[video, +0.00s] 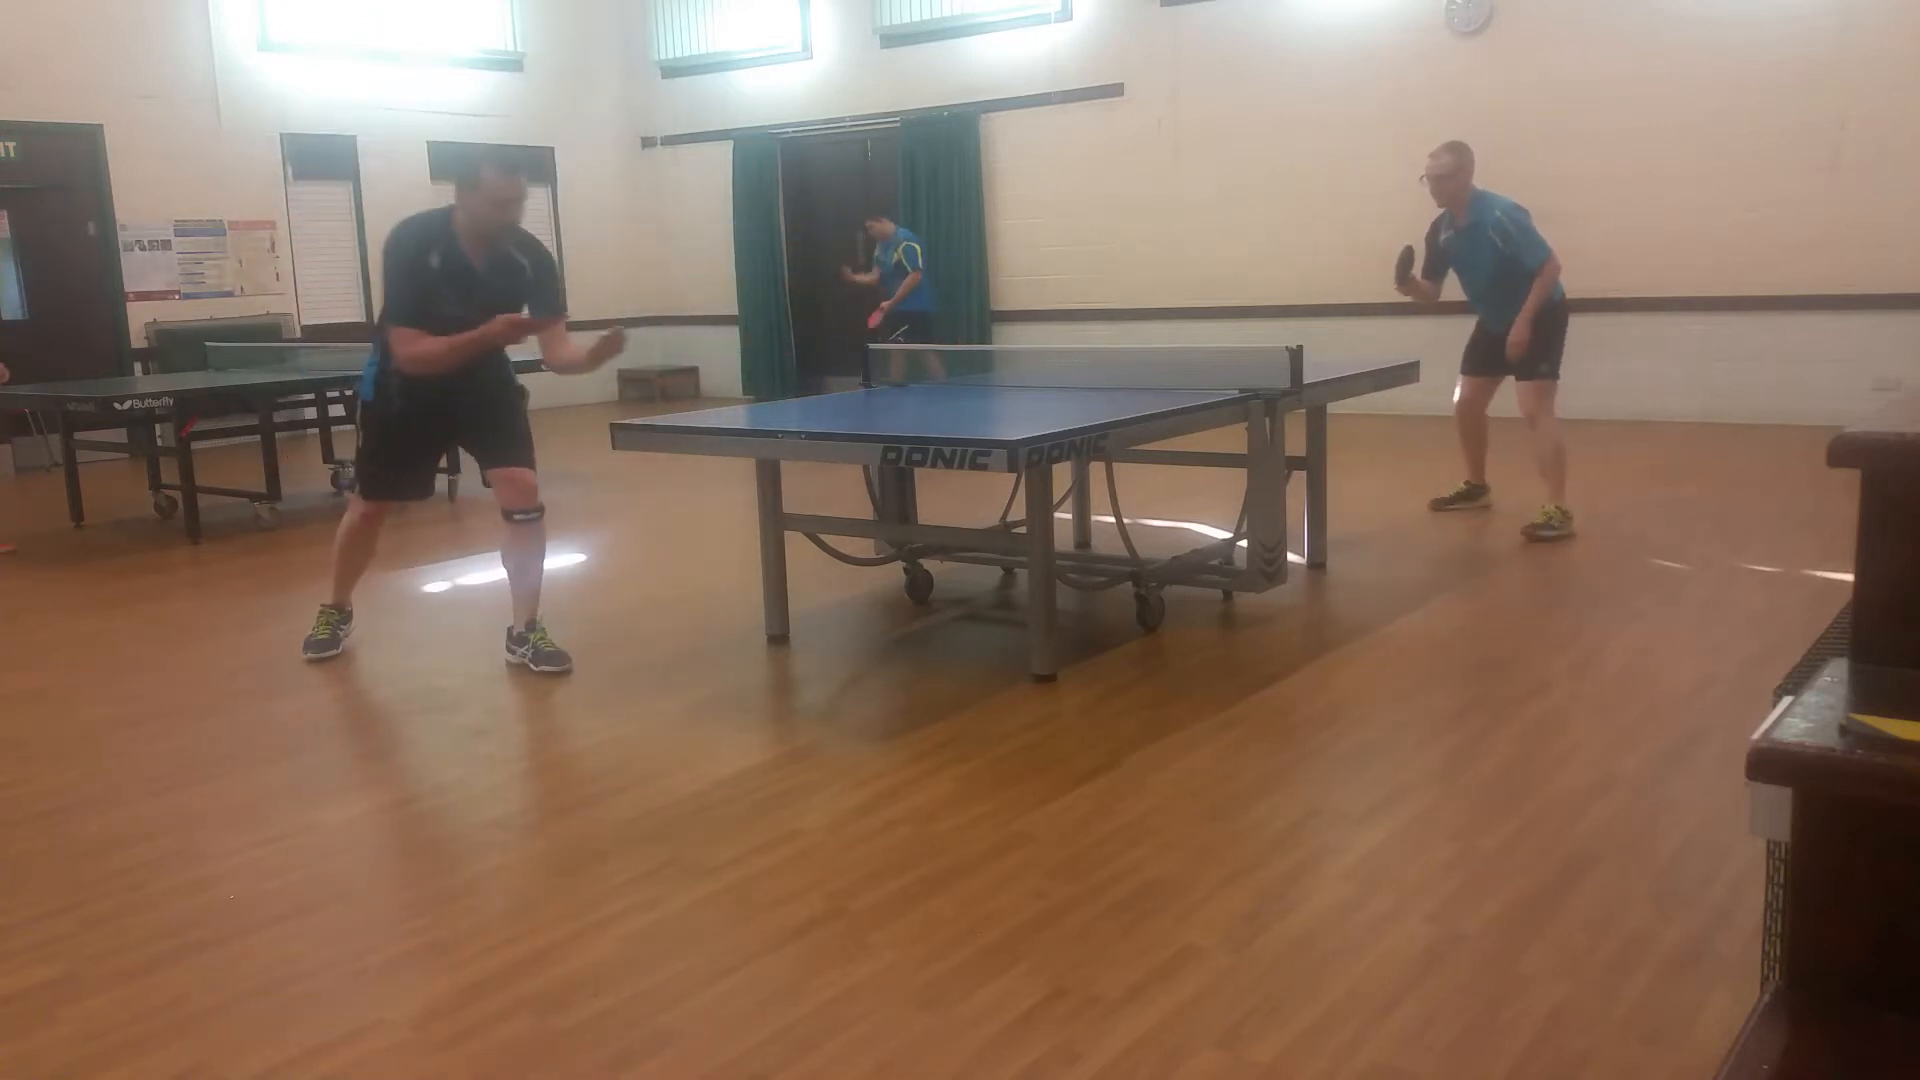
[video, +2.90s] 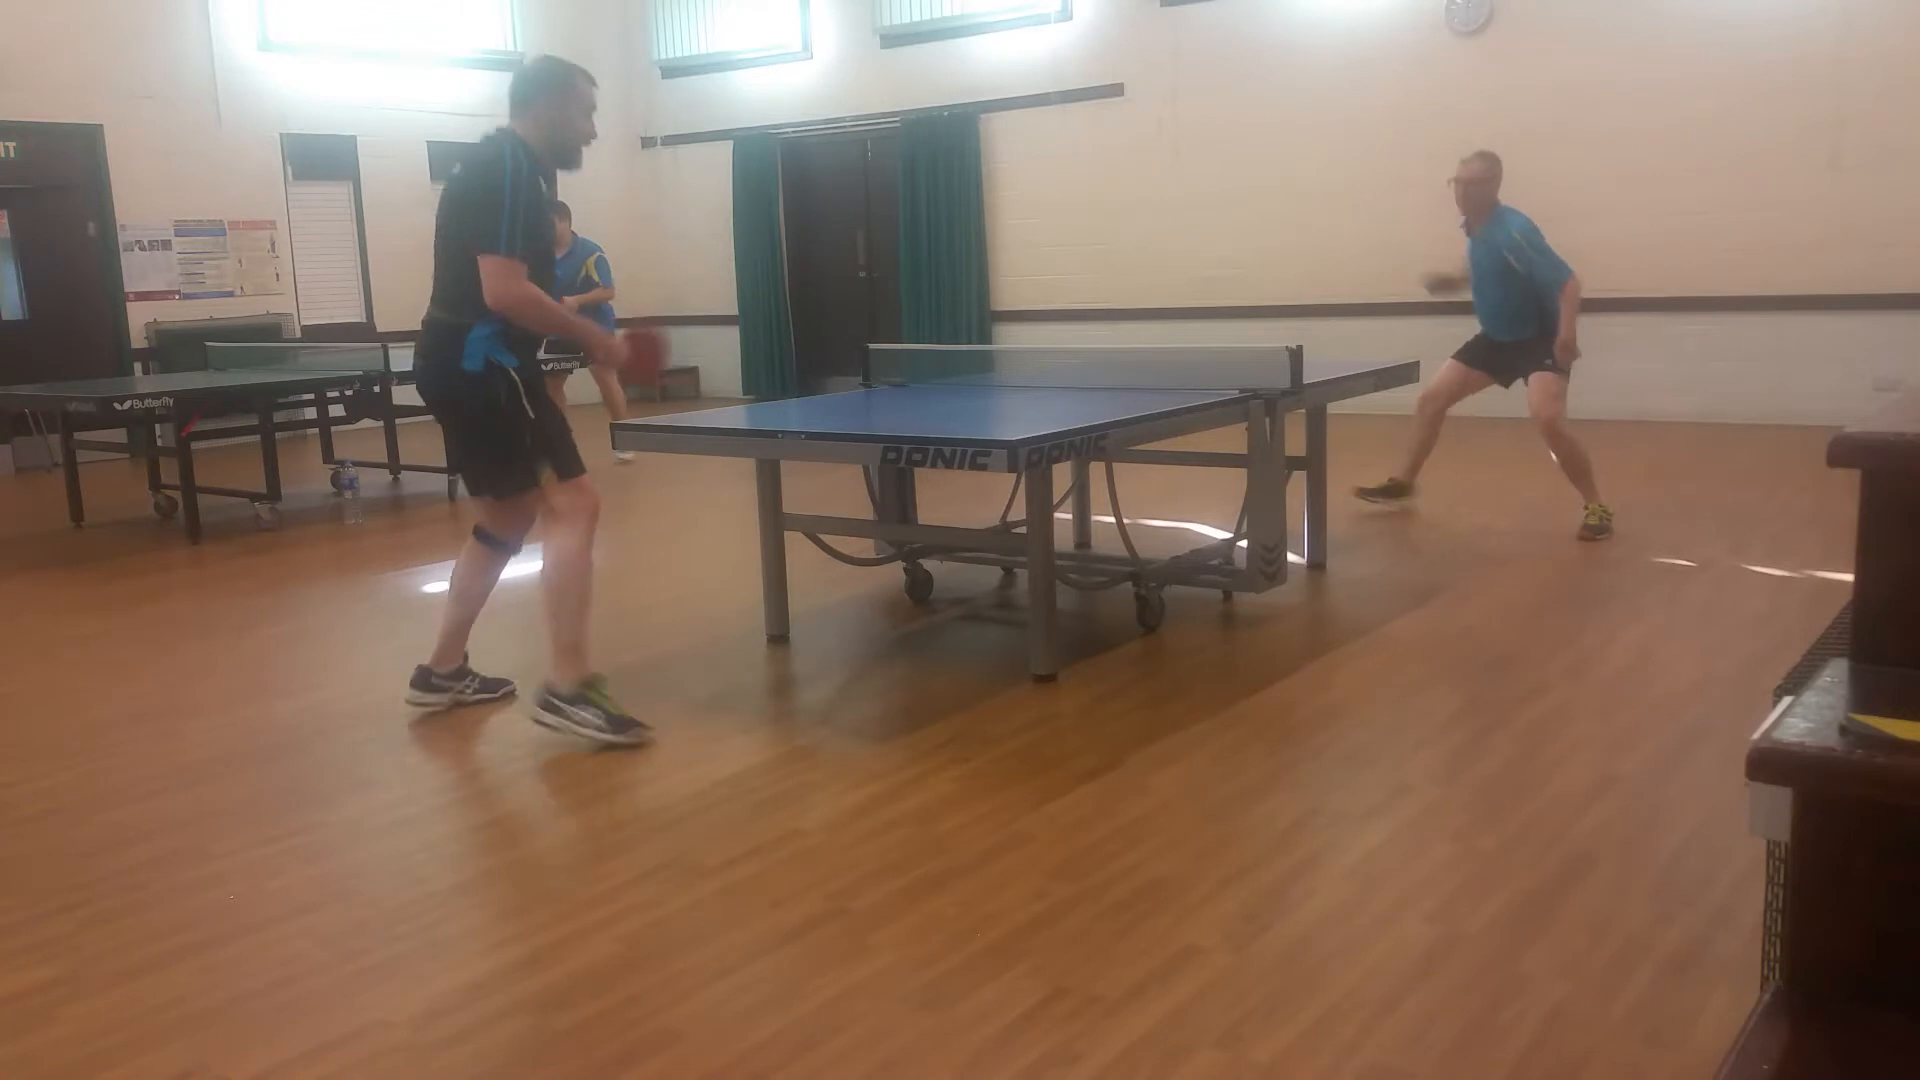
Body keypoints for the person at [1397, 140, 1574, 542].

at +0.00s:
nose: (1428, 184)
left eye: (1436, 177)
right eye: (1427, 177)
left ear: (1462, 176)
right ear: (1437, 179)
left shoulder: (1503, 215)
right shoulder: (1441, 229)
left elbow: (1550, 267)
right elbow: (1430, 293)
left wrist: (1523, 321)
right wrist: (1409, 285)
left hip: (1539, 314)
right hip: (1495, 318)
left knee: (1536, 409)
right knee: (1468, 404)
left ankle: (1558, 509)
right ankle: (1476, 485)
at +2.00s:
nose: (1426, 171)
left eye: (1435, 163)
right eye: (1424, 163)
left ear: (1462, 164)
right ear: (1426, 167)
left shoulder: (1498, 206)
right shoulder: (1436, 221)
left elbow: (1534, 271)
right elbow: (1428, 286)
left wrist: (1506, 326)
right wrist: (1398, 277)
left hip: (1527, 315)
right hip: (1481, 317)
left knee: (1506, 409)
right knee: (1434, 399)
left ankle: (1535, 503)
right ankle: (1434, 481)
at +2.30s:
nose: (1422, 203)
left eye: (1431, 196)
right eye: (1420, 195)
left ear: (1456, 198)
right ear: (1419, 198)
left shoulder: (1499, 236)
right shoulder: (1423, 248)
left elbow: (1535, 298)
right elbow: (1408, 304)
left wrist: (1501, 348)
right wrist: (1390, 324)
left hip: (1520, 327)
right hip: (1468, 331)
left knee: (1531, 409)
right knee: (1419, 408)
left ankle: (1577, 500)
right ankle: (1395, 493)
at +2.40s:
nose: (1430, 223)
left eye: (1438, 216)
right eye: (1428, 216)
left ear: (1464, 219)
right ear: (1427, 217)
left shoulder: (1506, 254)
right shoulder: (1431, 266)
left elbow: (1545, 317)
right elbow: (1423, 326)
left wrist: (1508, 364)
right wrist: (1404, 346)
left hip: (1531, 338)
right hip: (1478, 341)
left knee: (1548, 416)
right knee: (1418, 404)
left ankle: (1592, 505)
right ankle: (1393, 493)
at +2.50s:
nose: (1439, 246)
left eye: (1448, 238)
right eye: (1437, 238)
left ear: (1472, 240)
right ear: (1434, 239)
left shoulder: (1515, 268)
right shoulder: (1440, 284)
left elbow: (1558, 330)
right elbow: (1437, 342)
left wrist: (1525, 378)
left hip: (1537, 351)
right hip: (1482, 354)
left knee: (1559, 414)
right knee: (1415, 406)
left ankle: (1596, 504)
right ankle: (1393, 492)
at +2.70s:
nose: (1457, 231)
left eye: (1465, 225)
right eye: (1456, 223)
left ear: (1490, 224)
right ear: (1455, 221)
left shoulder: (1521, 257)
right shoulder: (1450, 256)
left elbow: (1581, 303)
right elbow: (1407, 288)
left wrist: (1580, 355)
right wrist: (1408, 308)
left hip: (1540, 352)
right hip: (1488, 353)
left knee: (1554, 419)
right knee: (1415, 408)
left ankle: (1596, 506)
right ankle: (1391, 492)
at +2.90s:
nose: (1460, 193)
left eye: (1470, 185)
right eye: (1458, 185)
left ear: (1493, 188)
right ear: (1455, 186)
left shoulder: (1517, 231)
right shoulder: (1473, 229)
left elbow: (1568, 283)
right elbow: (1488, 275)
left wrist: (1566, 337)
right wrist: (1454, 282)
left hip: (1541, 344)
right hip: (1496, 341)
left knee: (1547, 421)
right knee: (1432, 400)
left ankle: (1595, 507)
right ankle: (1404, 482)